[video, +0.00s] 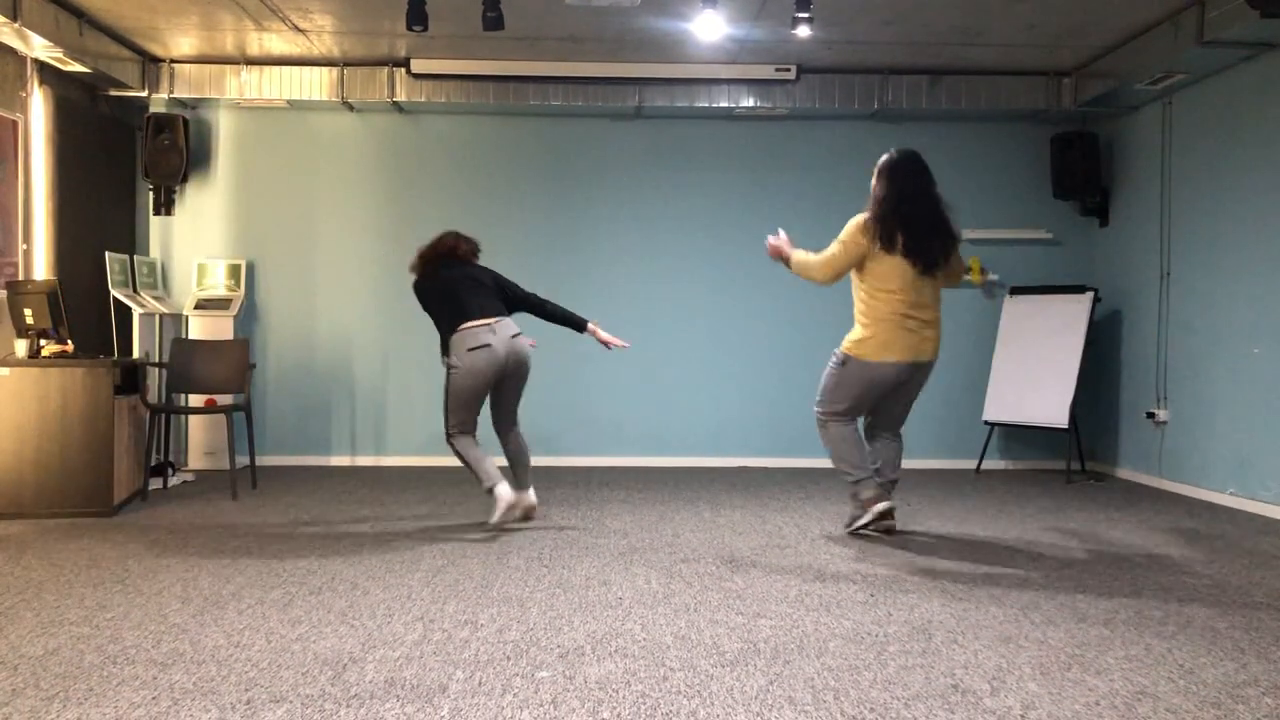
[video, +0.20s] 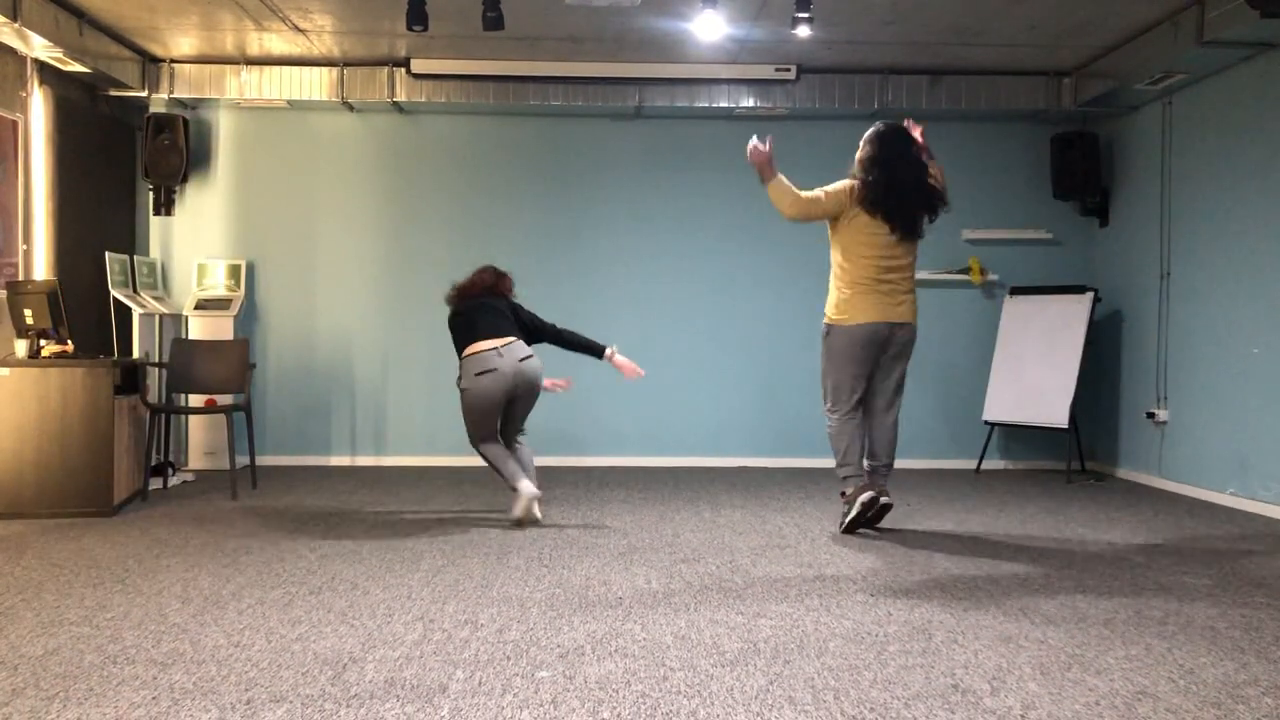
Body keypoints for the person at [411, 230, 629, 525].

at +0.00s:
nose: (476, 259)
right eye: (474, 254)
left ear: (431, 257)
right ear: (468, 254)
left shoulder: (423, 284)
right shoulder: (484, 274)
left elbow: (459, 316)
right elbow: (531, 302)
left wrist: (507, 337)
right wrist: (590, 328)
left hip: (472, 352)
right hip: (513, 343)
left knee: (460, 433)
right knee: (507, 423)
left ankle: (500, 490)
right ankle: (526, 493)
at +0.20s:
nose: (511, 295)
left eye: (510, 291)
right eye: (509, 291)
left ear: (469, 286)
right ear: (502, 289)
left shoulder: (458, 316)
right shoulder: (507, 307)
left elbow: (487, 355)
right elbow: (553, 333)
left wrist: (536, 381)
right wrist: (610, 354)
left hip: (482, 374)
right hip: (526, 362)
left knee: (484, 439)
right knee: (513, 435)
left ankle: (522, 485)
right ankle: (530, 497)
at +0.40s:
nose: (520, 309)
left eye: (519, 305)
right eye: (518, 304)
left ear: (480, 297)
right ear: (511, 301)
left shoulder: (460, 317)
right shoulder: (509, 314)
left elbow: (483, 374)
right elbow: (546, 358)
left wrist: (517, 418)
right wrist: (585, 398)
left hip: (457, 362)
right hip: (504, 355)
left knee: (453, 416)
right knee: (518, 432)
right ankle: (529, 503)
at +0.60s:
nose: (506, 294)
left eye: (506, 290)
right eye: (505, 289)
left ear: (471, 275)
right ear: (499, 285)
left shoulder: (452, 290)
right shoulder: (499, 305)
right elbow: (517, 357)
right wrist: (538, 400)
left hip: (421, 337)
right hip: (464, 343)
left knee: (421, 410)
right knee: (475, 413)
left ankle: (420, 481)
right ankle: (487, 466)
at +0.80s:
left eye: (439, 271)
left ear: (443, 273)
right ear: (475, 283)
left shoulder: (434, 285)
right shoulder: (482, 312)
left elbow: (397, 305)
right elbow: (471, 355)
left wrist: (353, 323)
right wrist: (460, 388)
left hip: (409, 343)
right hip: (448, 356)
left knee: (394, 418)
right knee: (428, 425)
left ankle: (377, 487)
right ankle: (411, 478)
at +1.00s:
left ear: (427, 279)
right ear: (459, 284)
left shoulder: (418, 294)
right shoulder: (466, 302)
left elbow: (376, 305)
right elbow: (466, 346)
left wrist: (328, 312)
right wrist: (410, 374)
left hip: (427, 351)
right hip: (466, 360)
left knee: (408, 400)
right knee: (441, 428)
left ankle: (396, 461)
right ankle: (410, 484)